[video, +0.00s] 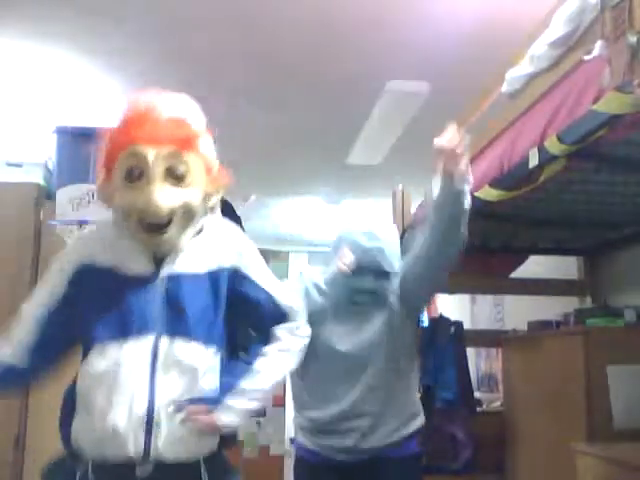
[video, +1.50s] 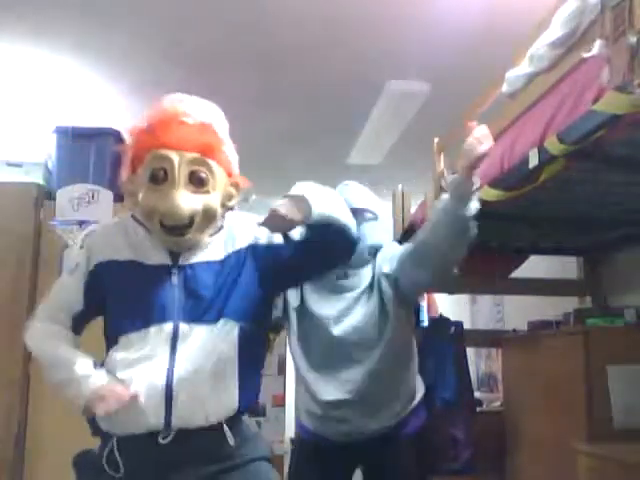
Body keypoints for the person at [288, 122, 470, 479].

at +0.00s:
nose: (364, 281)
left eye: (373, 273)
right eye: (355, 270)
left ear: (387, 273)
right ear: (336, 266)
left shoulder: (400, 300)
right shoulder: (308, 301)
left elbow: (439, 248)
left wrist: (451, 178)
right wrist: (335, 277)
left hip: (392, 455)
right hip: (320, 457)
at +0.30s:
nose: (380, 261)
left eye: (390, 251)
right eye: (371, 250)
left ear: (401, 251)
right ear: (348, 250)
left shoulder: (409, 281)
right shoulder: (318, 288)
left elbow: (460, 242)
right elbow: (279, 302)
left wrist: (447, 184)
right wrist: (343, 258)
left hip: (399, 440)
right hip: (326, 443)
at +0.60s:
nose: (370, 239)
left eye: (380, 227)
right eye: (357, 228)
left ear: (391, 229)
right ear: (334, 230)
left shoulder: (408, 260)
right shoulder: (307, 271)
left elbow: (464, 232)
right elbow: (259, 291)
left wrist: (454, 154)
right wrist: (329, 238)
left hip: (397, 440)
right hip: (324, 441)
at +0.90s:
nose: (348, 234)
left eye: (359, 225)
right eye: (338, 229)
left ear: (383, 236)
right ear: (325, 247)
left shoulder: (413, 282)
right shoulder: (315, 298)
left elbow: (461, 224)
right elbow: (288, 341)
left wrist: (415, 169)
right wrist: (311, 257)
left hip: (393, 456)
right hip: (320, 454)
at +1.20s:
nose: (373, 230)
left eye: (386, 220)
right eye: (361, 219)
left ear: (403, 230)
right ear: (343, 226)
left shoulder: (415, 280)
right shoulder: (315, 277)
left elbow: (488, 278)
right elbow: (256, 268)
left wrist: (460, 215)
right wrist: (330, 232)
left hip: (403, 433)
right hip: (331, 437)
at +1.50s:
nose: (355, 228)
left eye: (366, 218)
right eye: (345, 217)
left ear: (380, 224)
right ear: (322, 222)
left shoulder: (390, 269)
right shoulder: (296, 279)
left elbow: (435, 249)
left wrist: (464, 176)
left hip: (394, 433)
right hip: (319, 437)